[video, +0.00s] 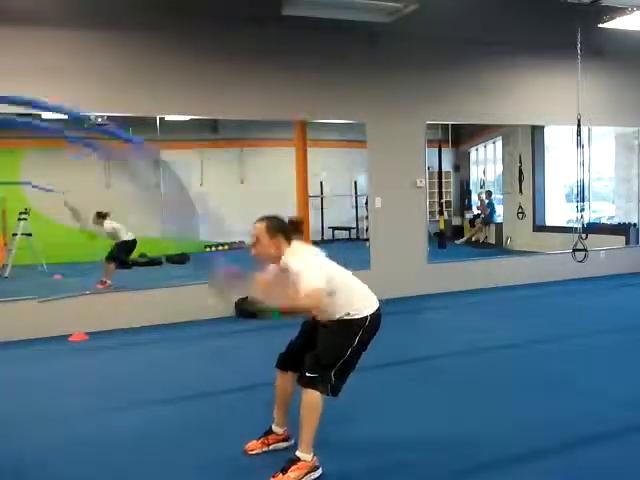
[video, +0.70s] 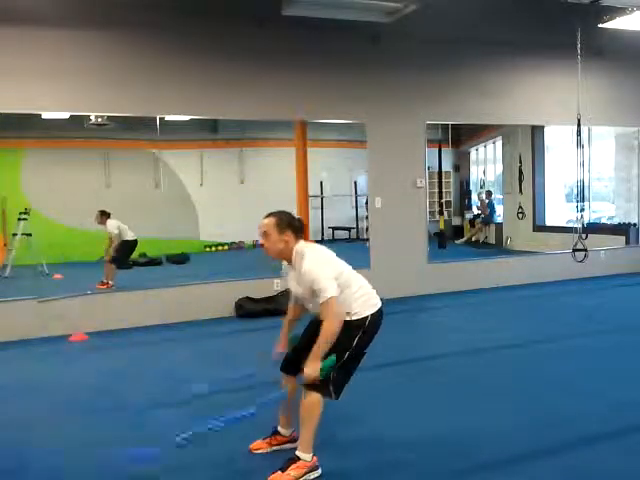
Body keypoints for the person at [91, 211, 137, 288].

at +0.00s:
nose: (94, 222)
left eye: (95, 219)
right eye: (94, 219)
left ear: (99, 219)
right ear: (102, 218)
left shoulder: (107, 225)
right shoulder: (109, 222)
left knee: (109, 260)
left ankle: (107, 281)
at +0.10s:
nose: (93, 224)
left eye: (94, 222)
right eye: (93, 222)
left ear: (100, 222)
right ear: (100, 222)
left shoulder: (107, 228)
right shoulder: (106, 228)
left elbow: (110, 243)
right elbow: (105, 243)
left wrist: (105, 255)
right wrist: (100, 255)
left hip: (128, 241)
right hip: (123, 242)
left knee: (111, 260)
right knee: (109, 259)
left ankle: (108, 281)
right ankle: (105, 280)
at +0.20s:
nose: (98, 215)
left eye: (99, 213)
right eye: (98, 213)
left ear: (105, 213)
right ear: (106, 213)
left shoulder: (113, 220)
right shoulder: (109, 221)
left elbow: (116, 237)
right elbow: (109, 236)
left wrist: (105, 245)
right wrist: (103, 244)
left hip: (127, 239)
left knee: (110, 260)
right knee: (111, 260)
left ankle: (107, 281)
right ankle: (106, 280)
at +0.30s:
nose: (108, 207)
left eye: (110, 204)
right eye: (108, 205)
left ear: (114, 204)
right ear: (117, 203)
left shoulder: (120, 210)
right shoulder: (120, 211)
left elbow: (104, 213)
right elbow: (103, 214)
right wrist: (92, 217)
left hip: (127, 237)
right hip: (124, 236)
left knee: (114, 259)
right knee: (111, 259)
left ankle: (109, 281)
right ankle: (106, 280)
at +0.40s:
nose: (106, 207)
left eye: (108, 204)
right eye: (106, 204)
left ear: (113, 202)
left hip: (127, 235)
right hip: (122, 235)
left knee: (115, 259)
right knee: (110, 258)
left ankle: (110, 281)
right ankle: (106, 280)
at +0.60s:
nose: (95, 221)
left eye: (97, 218)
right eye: (96, 218)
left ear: (102, 219)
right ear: (104, 219)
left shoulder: (109, 225)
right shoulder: (109, 224)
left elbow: (111, 240)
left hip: (128, 241)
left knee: (112, 260)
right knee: (111, 260)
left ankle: (109, 282)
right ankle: (107, 280)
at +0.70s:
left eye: (98, 217)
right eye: (97, 217)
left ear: (103, 217)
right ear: (104, 217)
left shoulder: (111, 224)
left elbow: (115, 239)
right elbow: (110, 240)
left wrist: (111, 253)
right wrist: (107, 252)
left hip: (128, 240)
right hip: (126, 240)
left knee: (111, 261)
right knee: (110, 260)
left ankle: (109, 282)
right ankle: (106, 281)